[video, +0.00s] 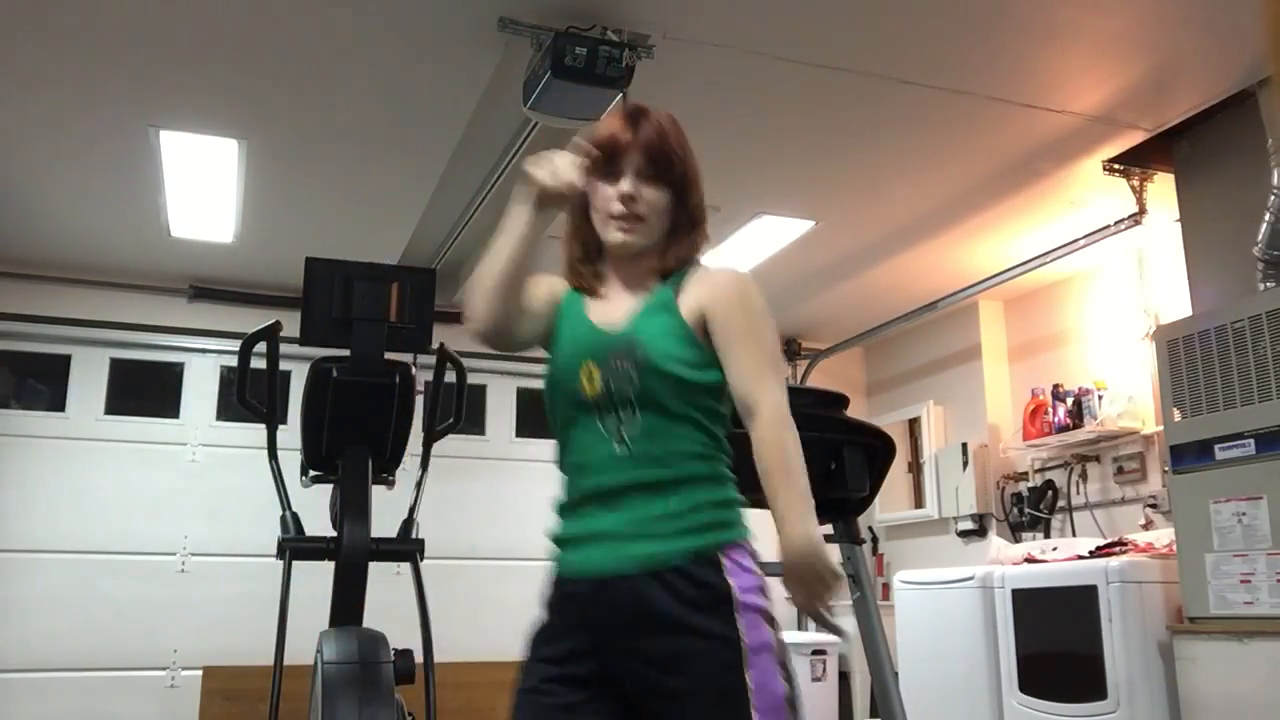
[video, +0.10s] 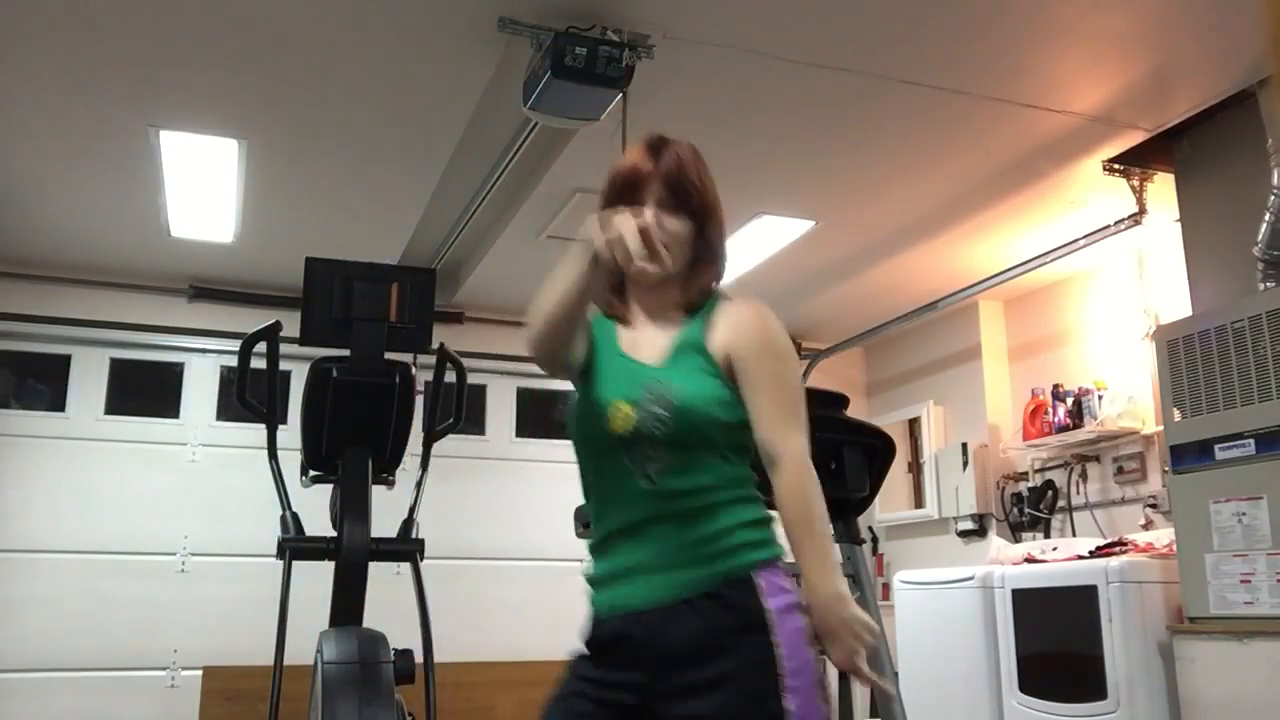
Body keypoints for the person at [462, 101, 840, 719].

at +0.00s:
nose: (626, 192)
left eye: (650, 177)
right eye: (610, 173)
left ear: (679, 199)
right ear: (584, 190)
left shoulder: (716, 292)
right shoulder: (556, 299)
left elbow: (768, 412)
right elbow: (487, 322)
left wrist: (799, 542)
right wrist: (530, 206)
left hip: (698, 591)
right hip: (582, 595)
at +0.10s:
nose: (651, 223)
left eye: (673, 207)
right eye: (634, 204)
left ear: (703, 226)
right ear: (611, 221)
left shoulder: (740, 323)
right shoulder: (593, 333)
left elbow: (789, 461)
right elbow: (545, 342)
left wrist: (827, 597)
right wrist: (588, 246)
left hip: (741, 617)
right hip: (624, 629)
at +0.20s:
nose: (668, 231)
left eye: (691, 217)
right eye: (650, 215)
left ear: (718, 236)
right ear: (627, 231)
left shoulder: (766, 337)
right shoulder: (592, 324)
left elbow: (808, 475)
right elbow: (575, 366)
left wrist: (854, 617)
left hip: (766, 621)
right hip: (640, 636)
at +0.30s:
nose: (681, 221)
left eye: (704, 205)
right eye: (662, 205)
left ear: (733, 223)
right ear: (639, 223)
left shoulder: (783, 325)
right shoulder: (604, 311)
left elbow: (825, 463)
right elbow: (591, 356)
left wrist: (872, 605)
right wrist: (629, 341)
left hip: (771, 615)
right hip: (644, 623)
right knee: (585, 711)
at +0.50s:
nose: (697, 221)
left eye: (720, 204)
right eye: (676, 204)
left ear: (750, 221)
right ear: (654, 221)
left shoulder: (798, 334)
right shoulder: (615, 315)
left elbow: (849, 470)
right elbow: (600, 362)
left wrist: (928, 599)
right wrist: (629, 361)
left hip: (786, 614)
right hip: (655, 623)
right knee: (597, 711)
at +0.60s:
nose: (710, 229)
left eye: (732, 212)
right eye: (690, 212)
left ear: (762, 233)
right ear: (668, 229)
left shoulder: (796, 357)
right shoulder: (620, 313)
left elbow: (841, 484)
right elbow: (586, 368)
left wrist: (967, 561)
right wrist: (614, 372)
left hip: (777, 630)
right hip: (646, 641)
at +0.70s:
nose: (706, 194)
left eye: (729, 179)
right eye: (686, 177)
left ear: (757, 202)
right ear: (662, 194)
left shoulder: (782, 324)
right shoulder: (618, 280)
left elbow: (834, 432)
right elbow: (559, 382)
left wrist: (942, 433)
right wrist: (557, 322)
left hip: (756, 595)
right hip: (630, 598)